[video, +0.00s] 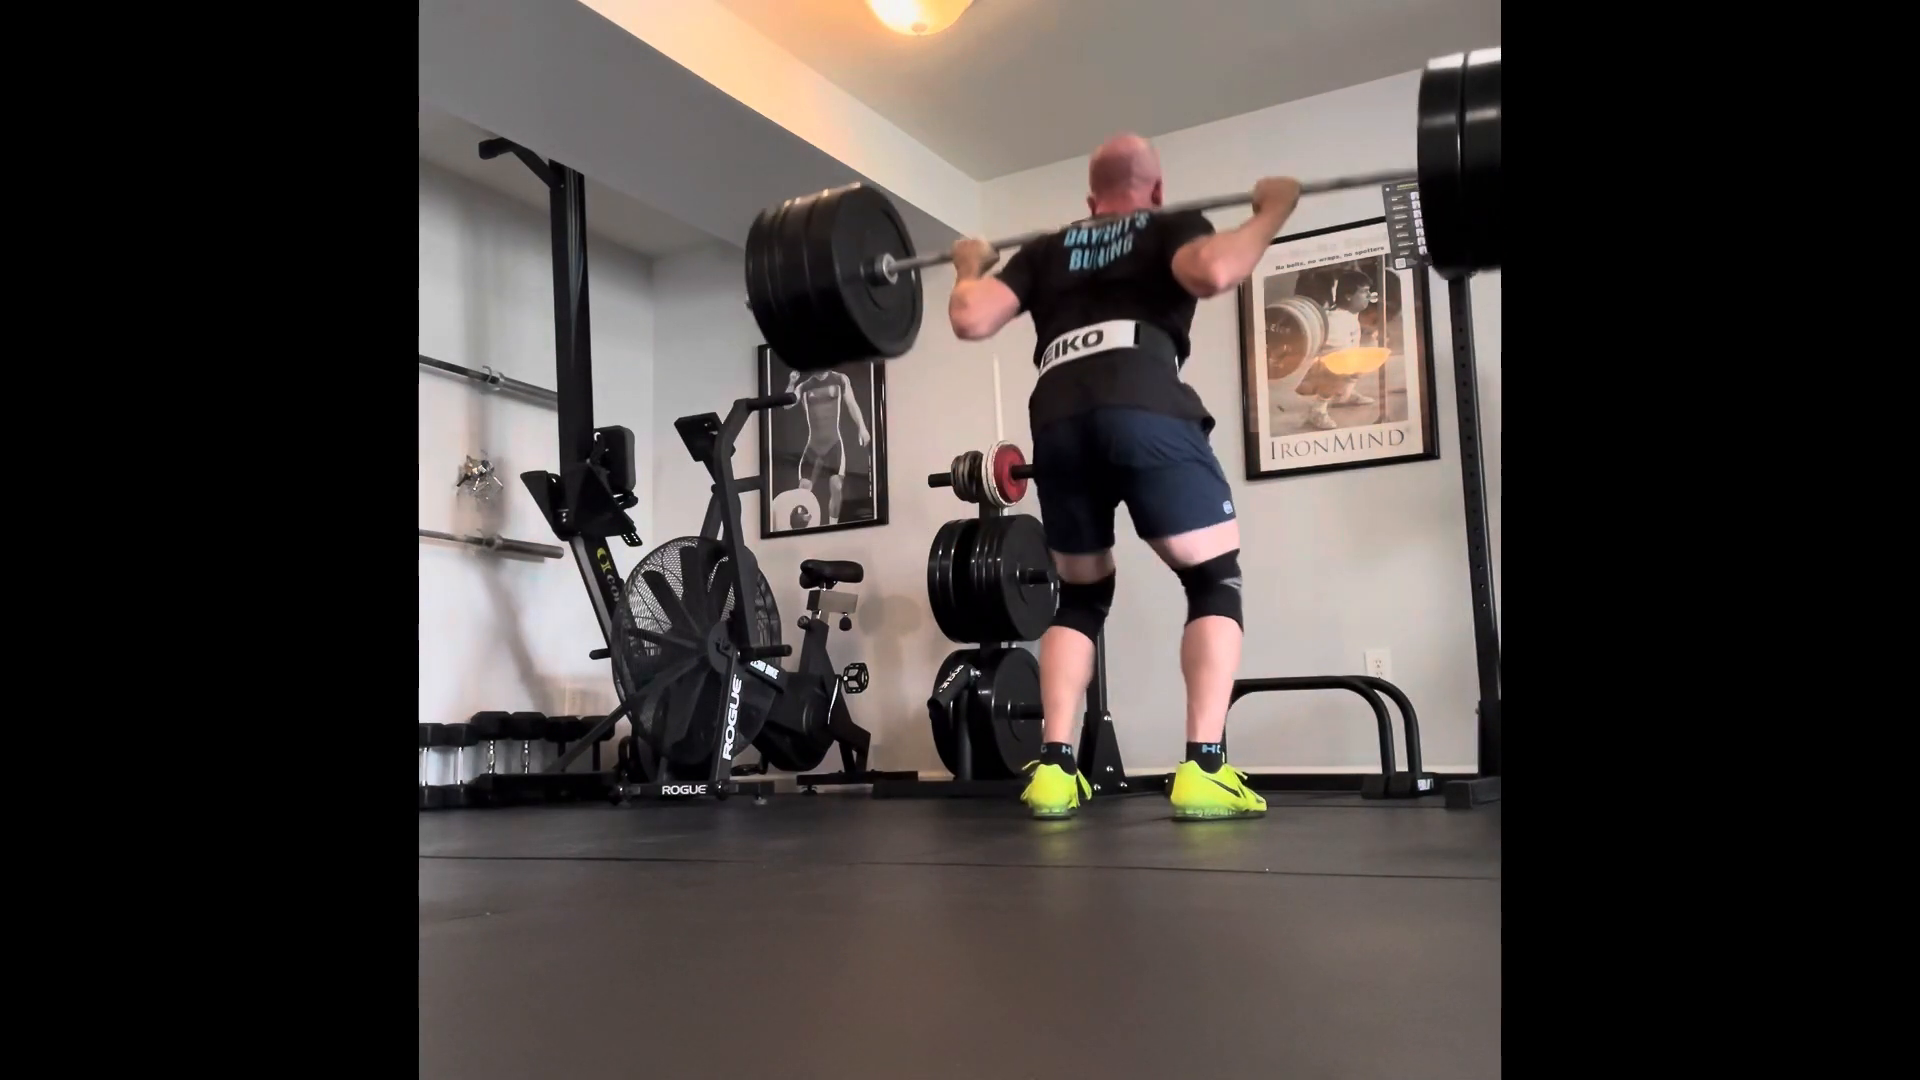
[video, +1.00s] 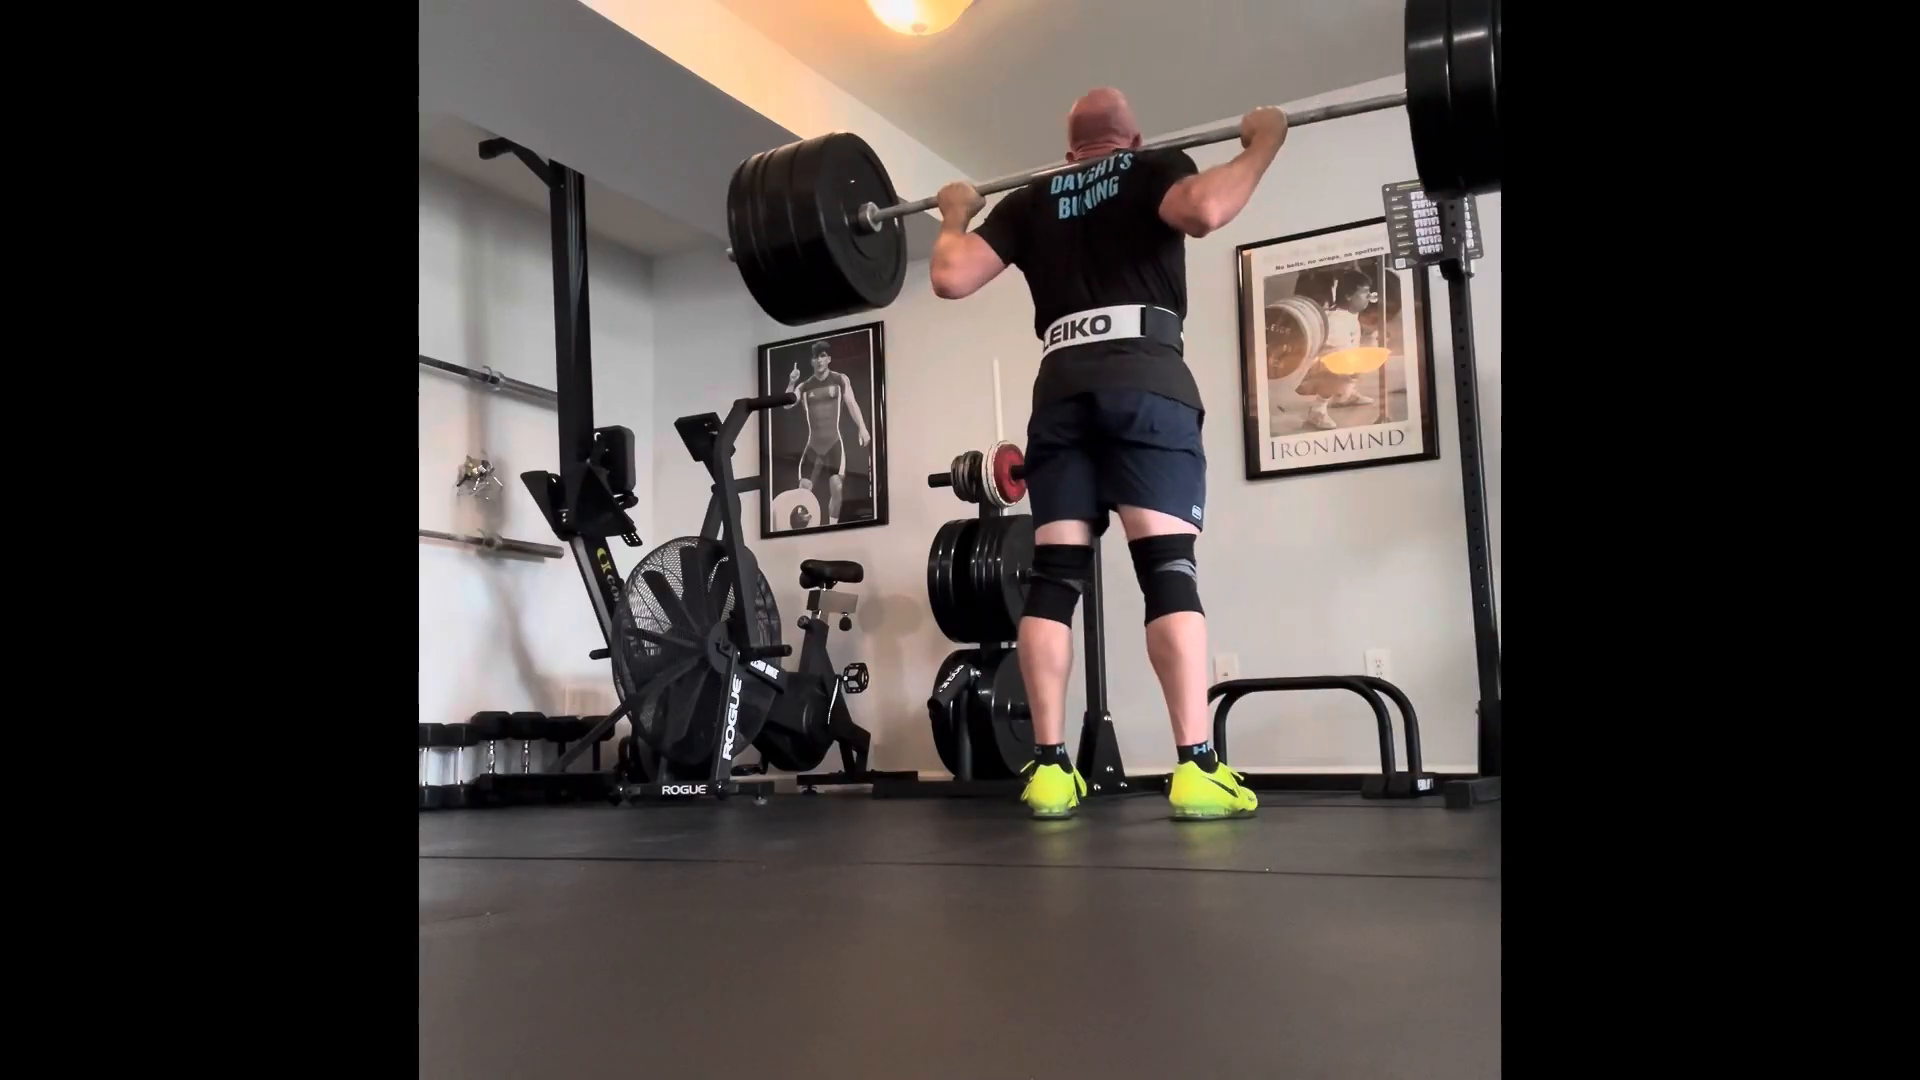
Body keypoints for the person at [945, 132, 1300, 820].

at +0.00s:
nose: (1156, 193)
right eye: (1157, 185)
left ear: (1088, 193)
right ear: (1157, 190)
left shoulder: (1045, 250)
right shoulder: (1170, 225)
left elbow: (970, 319)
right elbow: (1212, 272)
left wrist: (967, 267)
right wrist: (1269, 215)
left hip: (1056, 418)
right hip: (1147, 405)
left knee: (1080, 593)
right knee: (1213, 583)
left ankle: (1055, 764)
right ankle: (1204, 764)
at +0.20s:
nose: (1143, 143)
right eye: (1150, 133)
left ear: (1084, 144)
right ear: (1153, 136)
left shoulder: (1047, 201)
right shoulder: (1174, 171)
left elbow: (973, 278)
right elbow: (1228, 229)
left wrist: (968, 215)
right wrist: (1273, 148)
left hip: (1072, 382)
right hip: (1160, 376)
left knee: (1062, 573)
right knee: (1176, 570)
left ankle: (1051, 764)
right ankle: (1198, 762)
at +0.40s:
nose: (1143, 142)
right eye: (1150, 134)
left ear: (1086, 148)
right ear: (1155, 141)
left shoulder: (1050, 206)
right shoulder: (1173, 173)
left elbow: (979, 277)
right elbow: (1222, 220)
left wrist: (970, 225)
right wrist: (1273, 148)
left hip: (1077, 388)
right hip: (1164, 382)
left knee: (1061, 572)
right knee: (1176, 569)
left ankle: (1050, 764)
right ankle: (1198, 763)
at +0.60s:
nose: (1143, 141)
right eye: (1150, 132)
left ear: (1083, 143)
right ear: (1152, 135)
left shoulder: (1047, 200)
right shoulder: (1170, 164)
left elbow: (976, 271)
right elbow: (1228, 208)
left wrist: (970, 219)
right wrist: (1274, 136)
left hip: (1074, 386)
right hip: (1160, 379)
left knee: (1067, 569)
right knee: (1172, 568)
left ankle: (1053, 763)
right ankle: (1197, 763)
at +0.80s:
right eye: (1145, 135)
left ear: (1079, 146)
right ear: (1148, 138)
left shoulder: (1040, 202)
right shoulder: (1163, 168)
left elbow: (968, 270)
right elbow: (1219, 209)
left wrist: (964, 218)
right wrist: (1270, 142)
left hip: (1066, 388)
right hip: (1155, 382)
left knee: (1058, 576)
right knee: (1168, 573)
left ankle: (1050, 765)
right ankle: (1197, 764)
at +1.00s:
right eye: (1132, 134)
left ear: (1068, 145)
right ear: (1136, 137)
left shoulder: (1027, 203)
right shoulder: (1149, 164)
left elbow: (951, 277)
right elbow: (1205, 208)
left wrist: (953, 213)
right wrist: (1261, 143)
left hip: (1059, 383)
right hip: (1147, 375)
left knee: (1055, 574)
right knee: (1167, 572)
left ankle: (1050, 764)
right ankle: (1197, 765)